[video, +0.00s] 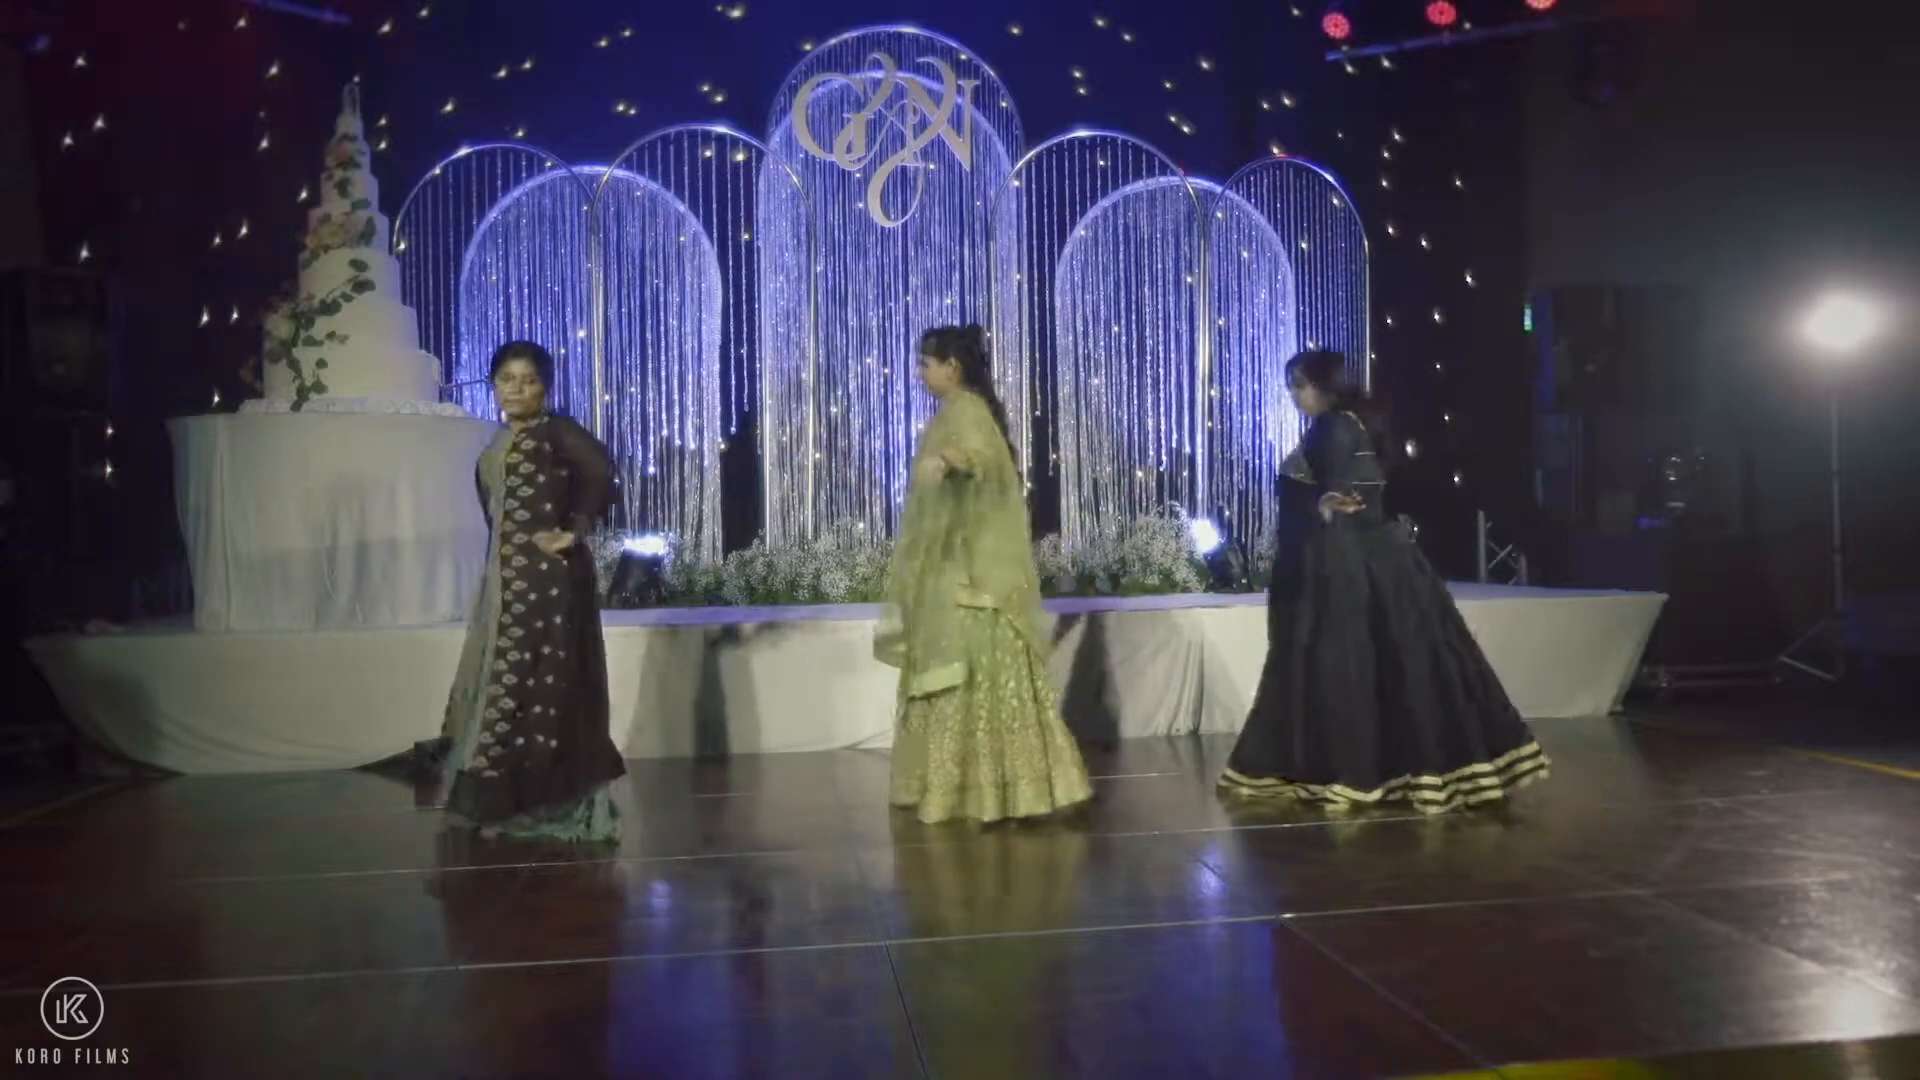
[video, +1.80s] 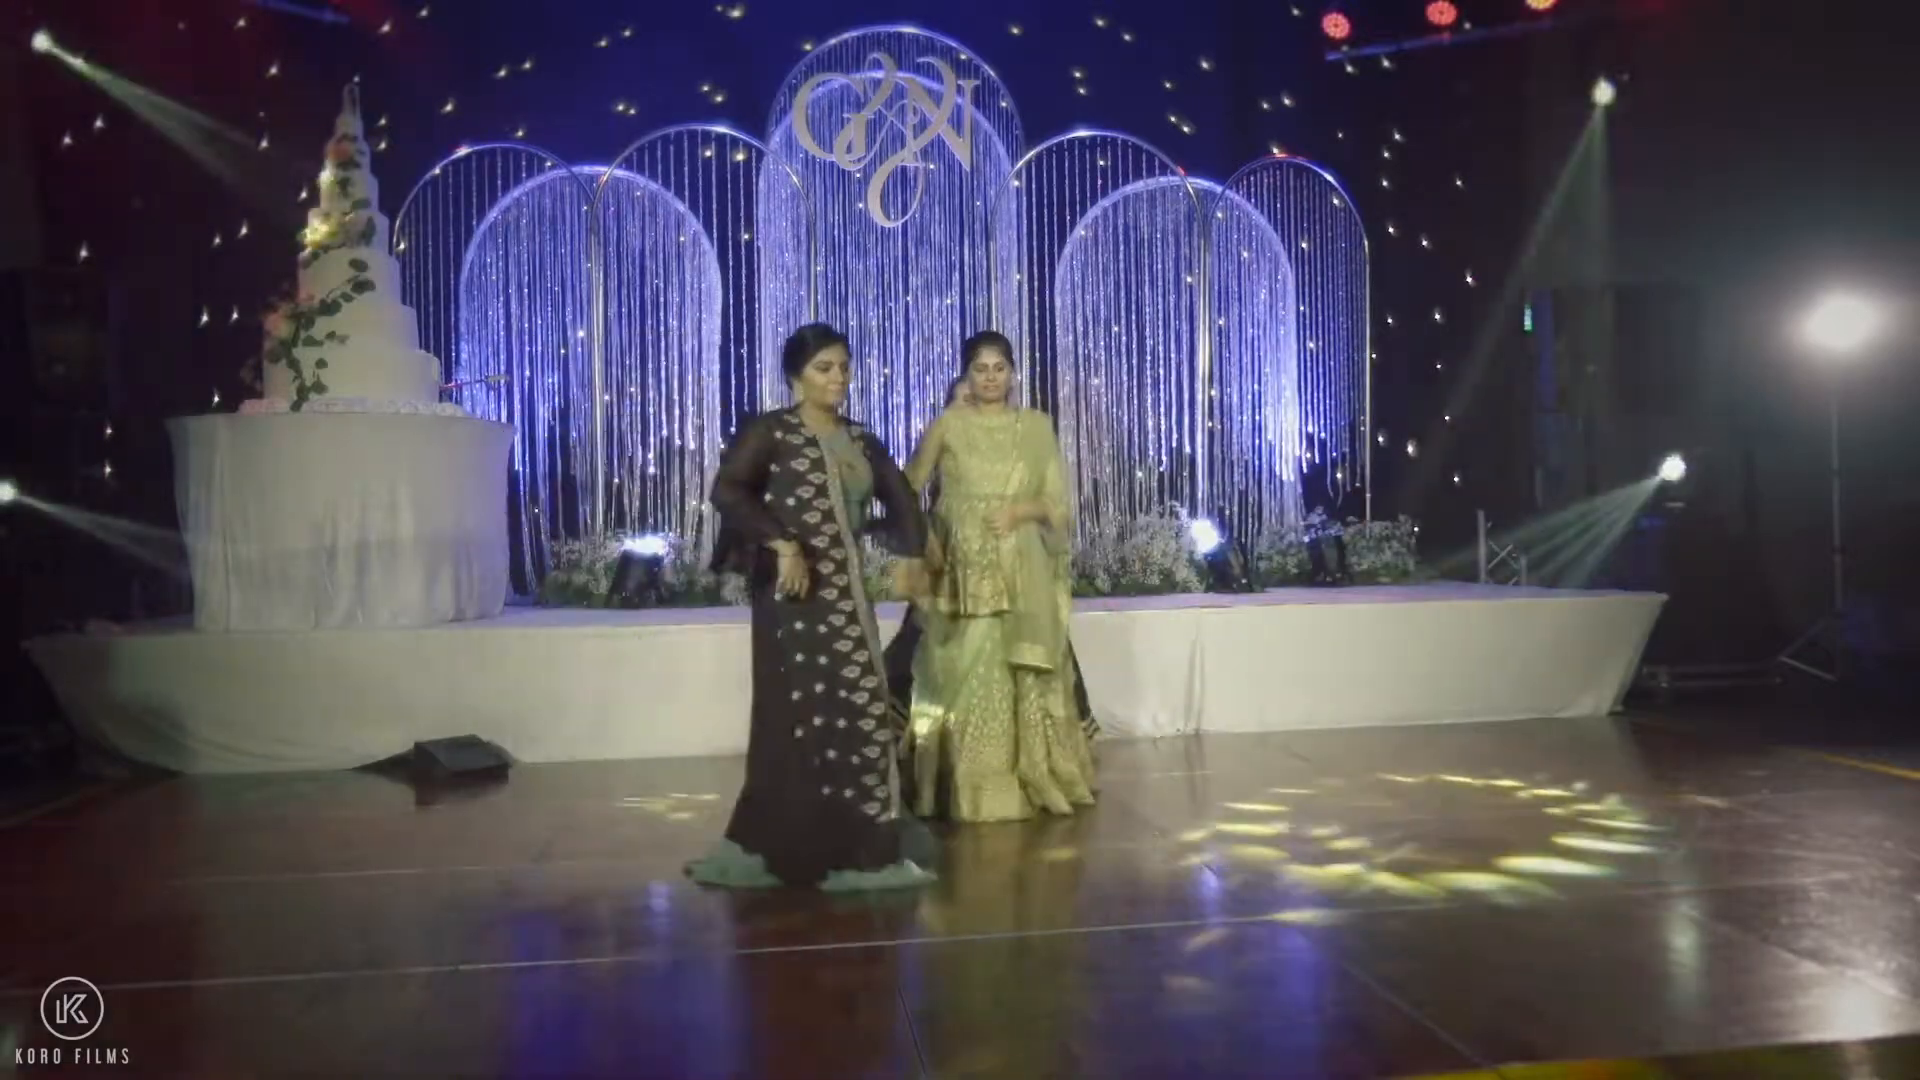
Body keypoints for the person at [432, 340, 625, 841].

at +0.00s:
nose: (516, 388)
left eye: (527, 379)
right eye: (507, 379)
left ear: (544, 387)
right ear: (495, 387)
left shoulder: (558, 432)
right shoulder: (494, 452)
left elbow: (600, 476)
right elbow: (500, 514)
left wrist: (576, 531)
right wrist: (504, 548)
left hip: (549, 577)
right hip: (507, 579)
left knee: (549, 683)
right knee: (498, 679)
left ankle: (549, 799)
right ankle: (493, 795)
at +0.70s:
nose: (573, 391)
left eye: (582, 382)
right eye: (561, 381)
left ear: (591, 388)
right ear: (540, 387)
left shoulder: (618, 442)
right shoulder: (509, 443)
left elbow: (676, 491)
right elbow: (443, 487)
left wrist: (646, 555)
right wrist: (483, 547)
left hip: (597, 585)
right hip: (534, 584)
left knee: (596, 696)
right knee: (529, 696)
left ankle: (584, 817)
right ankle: (520, 819)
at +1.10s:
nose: (648, 373)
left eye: (654, 364)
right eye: (636, 364)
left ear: (660, 371)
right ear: (608, 369)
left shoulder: (671, 431)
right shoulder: (578, 419)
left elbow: (713, 482)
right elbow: (515, 464)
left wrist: (693, 535)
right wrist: (564, 527)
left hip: (657, 592)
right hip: (595, 590)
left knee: (659, 712)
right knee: (586, 709)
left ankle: (635, 836)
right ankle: (556, 838)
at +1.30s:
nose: (700, 385)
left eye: (704, 376)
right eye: (687, 376)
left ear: (708, 383)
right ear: (659, 382)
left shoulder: (722, 446)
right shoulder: (631, 434)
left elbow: (764, 503)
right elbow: (567, 485)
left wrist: (732, 548)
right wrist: (619, 540)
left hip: (706, 588)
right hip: (652, 589)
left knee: (715, 704)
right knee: (651, 706)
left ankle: (695, 832)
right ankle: (643, 832)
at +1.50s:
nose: (747, 370)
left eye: (754, 361)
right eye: (735, 360)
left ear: (761, 369)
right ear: (708, 368)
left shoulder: (775, 430)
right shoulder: (684, 420)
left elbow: (813, 492)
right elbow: (636, 470)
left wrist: (790, 536)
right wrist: (686, 527)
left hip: (766, 579)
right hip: (709, 579)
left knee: (767, 692)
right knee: (713, 694)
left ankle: (765, 812)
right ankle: (710, 818)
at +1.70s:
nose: (809, 372)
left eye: (814, 363)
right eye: (797, 363)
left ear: (820, 370)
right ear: (768, 369)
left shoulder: (829, 428)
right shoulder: (745, 419)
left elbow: (864, 483)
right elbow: (699, 470)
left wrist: (847, 536)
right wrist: (757, 529)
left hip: (820, 586)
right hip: (766, 585)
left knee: (827, 701)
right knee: (767, 704)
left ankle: (827, 829)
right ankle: (766, 832)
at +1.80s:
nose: (838, 378)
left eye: (844, 369)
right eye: (826, 368)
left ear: (850, 376)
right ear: (797, 375)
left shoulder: (862, 443)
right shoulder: (767, 431)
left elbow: (902, 501)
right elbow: (728, 491)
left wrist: (913, 555)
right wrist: (780, 540)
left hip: (848, 598)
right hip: (792, 596)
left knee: (858, 711)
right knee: (799, 715)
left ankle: (857, 841)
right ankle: (798, 845)